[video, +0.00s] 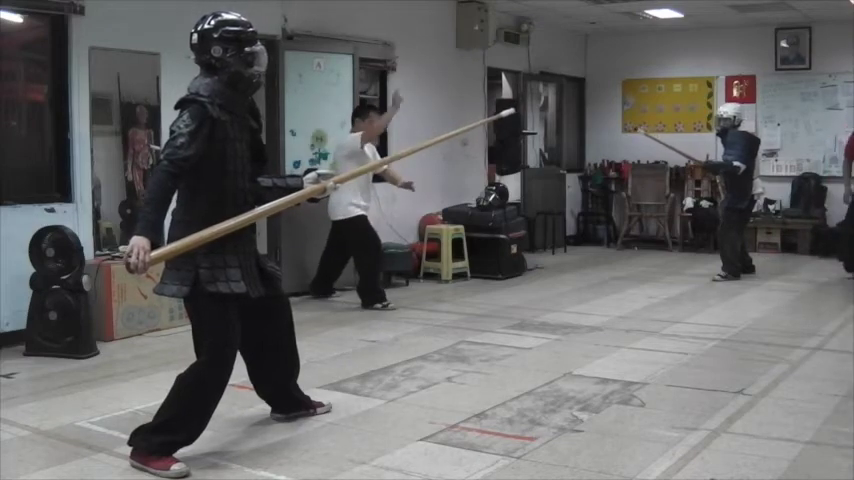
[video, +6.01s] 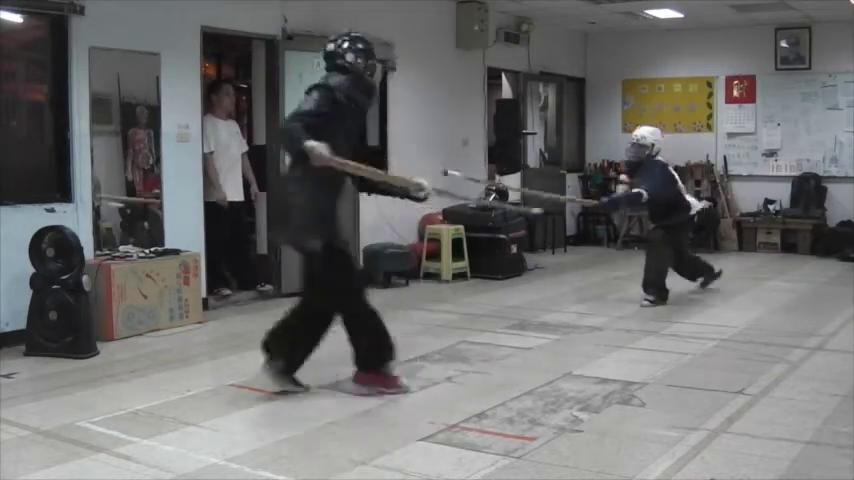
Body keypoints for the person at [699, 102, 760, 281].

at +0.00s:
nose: (720, 124)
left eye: (725, 120)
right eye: (719, 120)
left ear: (735, 121)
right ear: (718, 120)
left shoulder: (739, 138)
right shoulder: (730, 138)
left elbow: (736, 166)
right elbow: (730, 164)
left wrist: (707, 166)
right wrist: (707, 167)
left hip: (739, 195)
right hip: (737, 194)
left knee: (726, 230)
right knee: (733, 229)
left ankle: (731, 270)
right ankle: (745, 264)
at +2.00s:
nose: (686, 125)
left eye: (690, 120)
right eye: (685, 120)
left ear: (701, 120)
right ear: (685, 120)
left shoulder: (709, 138)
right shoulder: (693, 139)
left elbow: (701, 170)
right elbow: (695, 167)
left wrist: (672, 168)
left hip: (707, 197)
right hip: (695, 197)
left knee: (699, 234)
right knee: (685, 235)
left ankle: (715, 268)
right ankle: (693, 275)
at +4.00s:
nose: (671, 122)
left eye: (675, 118)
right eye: (669, 118)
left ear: (687, 119)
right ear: (669, 118)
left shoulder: (693, 140)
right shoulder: (680, 140)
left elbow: (686, 172)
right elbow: (681, 169)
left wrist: (653, 177)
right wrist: (659, 176)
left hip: (693, 196)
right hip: (682, 195)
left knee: (683, 236)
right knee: (677, 236)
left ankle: (693, 282)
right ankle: (686, 275)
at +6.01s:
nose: (633, 151)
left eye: (639, 147)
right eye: (633, 146)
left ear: (652, 150)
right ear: (631, 145)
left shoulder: (657, 169)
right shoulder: (639, 169)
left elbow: (645, 194)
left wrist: (615, 201)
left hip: (678, 218)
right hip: (664, 219)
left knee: (657, 245)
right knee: (678, 257)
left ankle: (657, 294)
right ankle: (709, 273)